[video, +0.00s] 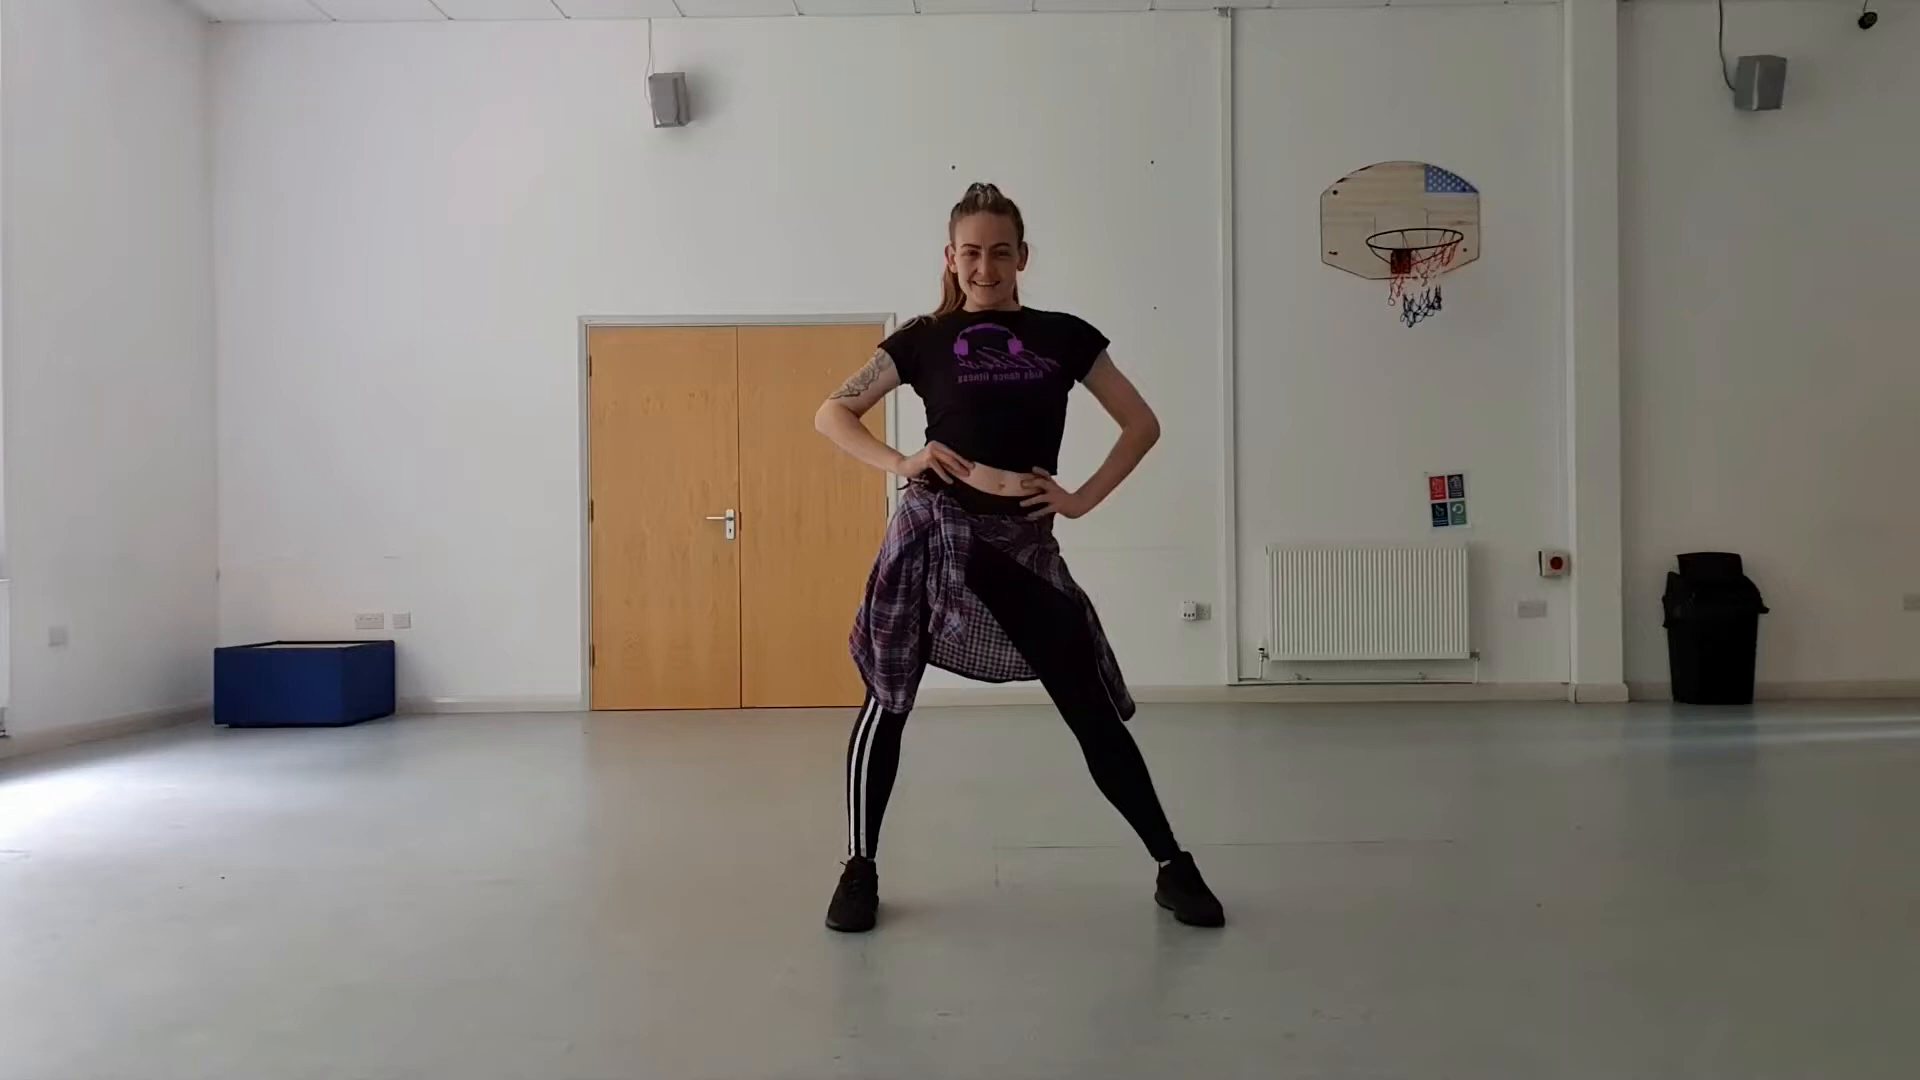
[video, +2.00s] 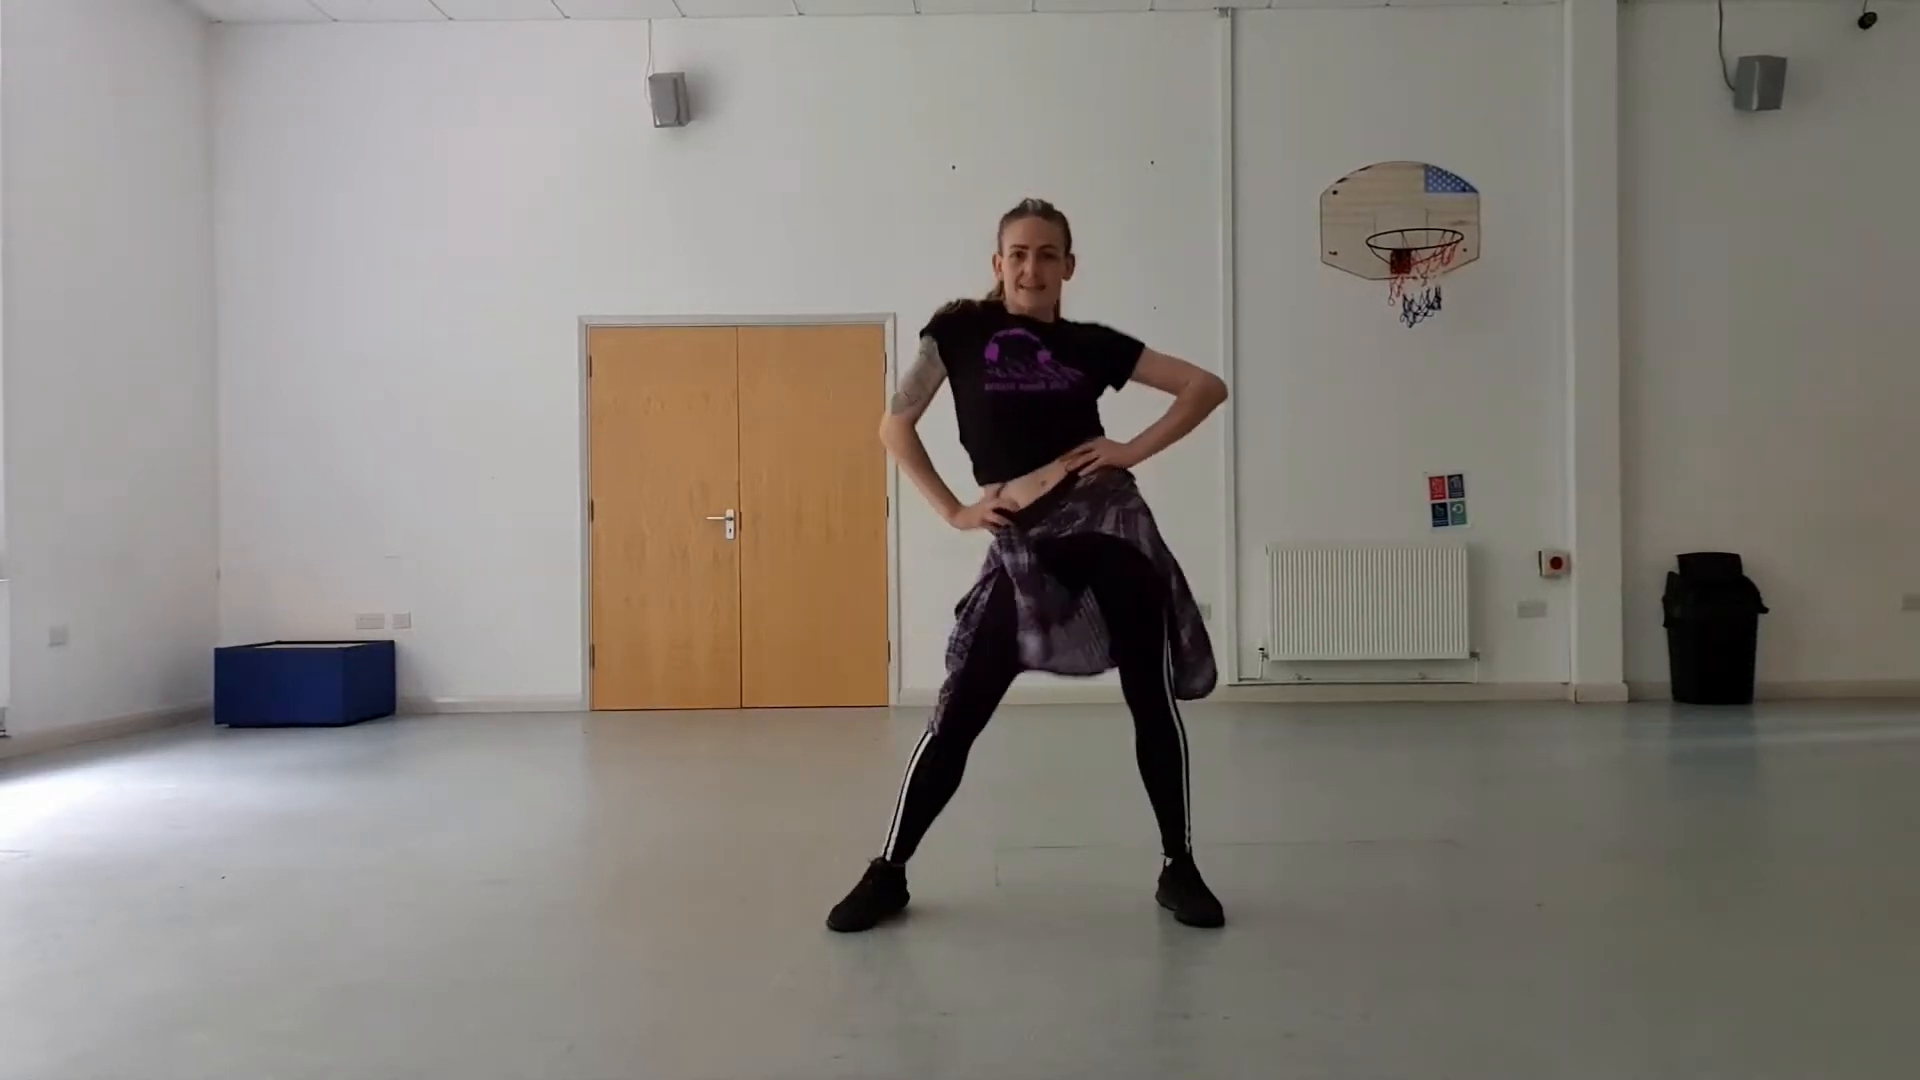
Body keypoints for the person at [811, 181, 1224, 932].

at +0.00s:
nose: (983, 265)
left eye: (998, 250)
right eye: (969, 251)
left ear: (1022, 254)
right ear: (949, 256)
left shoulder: (1065, 337)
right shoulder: (921, 341)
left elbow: (1141, 425)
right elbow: (833, 414)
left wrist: (1086, 496)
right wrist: (897, 462)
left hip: (1021, 541)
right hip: (931, 534)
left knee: (1091, 707)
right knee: (889, 698)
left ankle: (1174, 865)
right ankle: (859, 866)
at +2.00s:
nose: (1031, 265)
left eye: (1046, 254)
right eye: (1018, 253)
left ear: (1067, 265)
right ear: (998, 262)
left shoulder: (1089, 345)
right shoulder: (958, 333)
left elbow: (1205, 388)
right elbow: (896, 425)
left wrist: (1136, 449)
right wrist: (951, 511)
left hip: (1107, 529)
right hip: (1021, 541)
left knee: (1149, 694)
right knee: (959, 711)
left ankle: (1180, 865)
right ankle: (888, 871)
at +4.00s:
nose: (1071, 275)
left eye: (1079, 265)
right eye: (1059, 259)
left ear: (1082, 275)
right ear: (1015, 260)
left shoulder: (1084, 350)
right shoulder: (961, 338)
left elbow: (1194, 404)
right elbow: (894, 431)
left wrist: (1135, 459)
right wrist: (955, 516)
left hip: (1108, 534)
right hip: (1022, 545)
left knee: (1145, 696)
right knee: (955, 708)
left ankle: (1167, 862)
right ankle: (883, 867)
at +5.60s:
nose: (984, 204)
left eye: (1003, 195)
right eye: (980, 195)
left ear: (1042, 214)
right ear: (974, 213)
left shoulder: (1066, 279)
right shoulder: (961, 294)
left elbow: (1179, 306)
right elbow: (960, 392)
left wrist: (1091, 365)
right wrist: (951, 458)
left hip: (1062, 490)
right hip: (984, 501)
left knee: (1131, 672)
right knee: (974, 685)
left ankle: (1231, 836)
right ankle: (965, 853)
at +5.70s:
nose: (1013, 219)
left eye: (1028, 207)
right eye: (1007, 208)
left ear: (1064, 217)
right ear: (1000, 219)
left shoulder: (1078, 261)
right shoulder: (1005, 295)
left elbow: (1081, 230)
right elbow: (984, 283)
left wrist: (1019, 328)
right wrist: (987, 288)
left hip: (1061, 496)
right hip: (989, 502)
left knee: (1147, 683)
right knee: (988, 691)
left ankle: (1247, 860)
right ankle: (975, 854)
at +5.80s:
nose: (1043, 241)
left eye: (1064, 231)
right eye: (1036, 230)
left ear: (1097, 242)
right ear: (1027, 237)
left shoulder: (1099, 285)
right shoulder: (1052, 307)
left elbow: (1025, 273)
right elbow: (1030, 318)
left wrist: (935, 273)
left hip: (1077, 501)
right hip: (1012, 502)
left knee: (1131, 705)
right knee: (997, 698)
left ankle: (1242, 883)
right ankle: (980, 857)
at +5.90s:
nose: (1070, 254)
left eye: (1088, 241)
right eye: (1061, 244)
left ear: (1127, 246)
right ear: (1056, 251)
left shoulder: (1130, 296)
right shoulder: (1090, 313)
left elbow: (1043, 289)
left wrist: (944, 268)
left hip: (1121, 519)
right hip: (1063, 517)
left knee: (1146, 728)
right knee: (998, 695)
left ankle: (1251, 891)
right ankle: (986, 854)